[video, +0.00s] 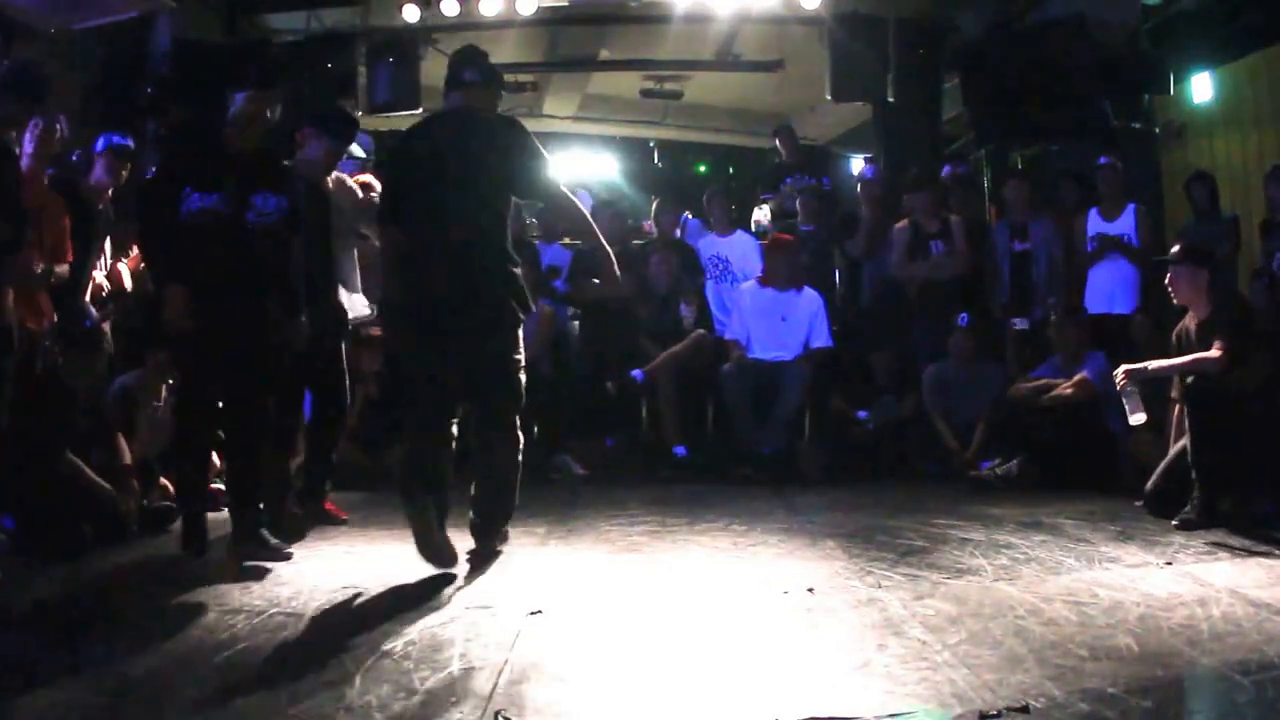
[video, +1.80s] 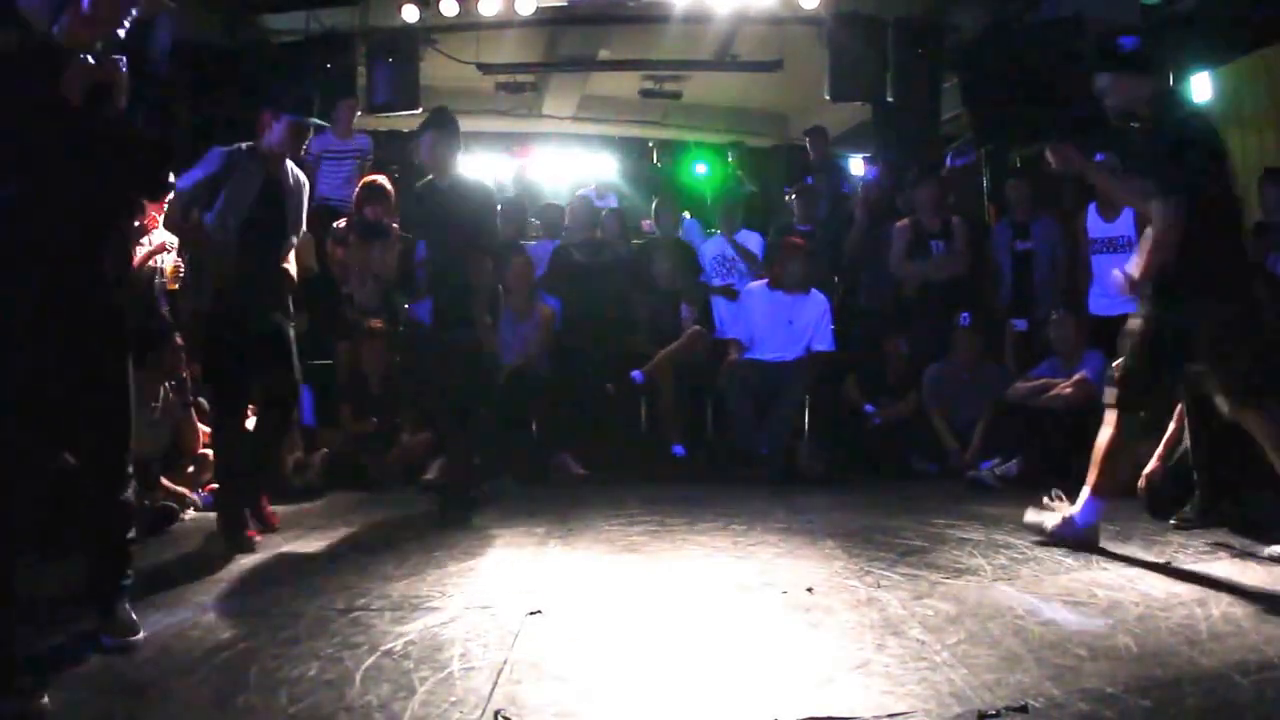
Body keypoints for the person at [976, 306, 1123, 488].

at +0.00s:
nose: (1056, 336)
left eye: (1062, 329)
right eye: (1054, 329)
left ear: (1078, 331)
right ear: (1051, 333)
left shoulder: (1095, 360)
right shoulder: (1057, 362)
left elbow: (1075, 392)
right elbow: (1014, 392)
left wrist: (1040, 401)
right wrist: (1053, 383)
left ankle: (1022, 464)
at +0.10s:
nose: (1057, 335)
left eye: (1063, 329)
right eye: (1054, 328)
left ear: (1079, 332)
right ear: (1050, 332)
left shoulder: (1095, 360)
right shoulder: (1057, 362)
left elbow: (1072, 393)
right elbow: (1014, 392)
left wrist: (1037, 401)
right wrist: (1054, 383)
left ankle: (1023, 463)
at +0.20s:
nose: (1054, 333)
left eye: (1060, 327)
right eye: (1052, 327)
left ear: (1078, 329)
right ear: (1049, 331)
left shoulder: (1096, 360)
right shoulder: (1055, 363)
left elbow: (1073, 393)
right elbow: (1014, 392)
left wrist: (1035, 401)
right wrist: (1057, 383)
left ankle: (1021, 464)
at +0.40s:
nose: (1052, 332)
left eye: (1058, 326)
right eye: (1051, 326)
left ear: (1076, 330)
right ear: (1049, 330)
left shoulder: (1096, 360)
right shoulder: (1055, 363)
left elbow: (1071, 393)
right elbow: (1013, 392)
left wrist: (1033, 401)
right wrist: (1057, 384)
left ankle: (1022, 463)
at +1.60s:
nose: (1056, 337)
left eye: (1061, 330)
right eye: (1053, 331)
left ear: (1075, 331)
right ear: (1049, 335)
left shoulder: (1093, 361)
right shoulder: (1054, 363)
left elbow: (1073, 393)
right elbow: (1012, 393)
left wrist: (1038, 400)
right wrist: (1054, 384)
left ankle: (1022, 462)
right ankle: (1005, 457)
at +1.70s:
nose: (1057, 335)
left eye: (1061, 327)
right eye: (1054, 328)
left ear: (1075, 329)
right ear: (1050, 333)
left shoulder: (1094, 361)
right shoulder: (1054, 363)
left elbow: (1072, 394)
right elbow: (1011, 393)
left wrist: (1034, 401)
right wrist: (1053, 384)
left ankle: (1022, 464)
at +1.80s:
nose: (1054, 333)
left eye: (1060, 327)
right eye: (1052, 327)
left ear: (1076, 330)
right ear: (1049, 331)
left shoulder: (1093, 360)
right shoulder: (1054, 363)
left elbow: (1071, 396)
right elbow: (1012, 393)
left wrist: (1030, 400)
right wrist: (1052, 384)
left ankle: (1020, 463)